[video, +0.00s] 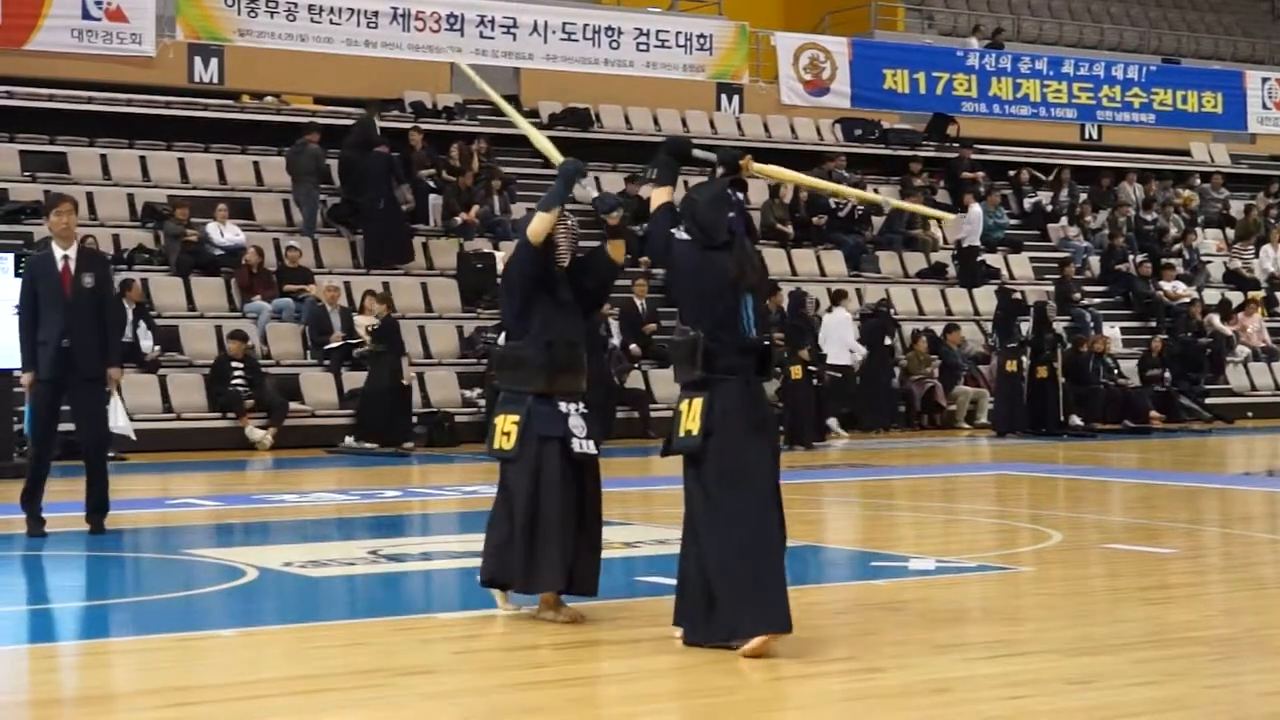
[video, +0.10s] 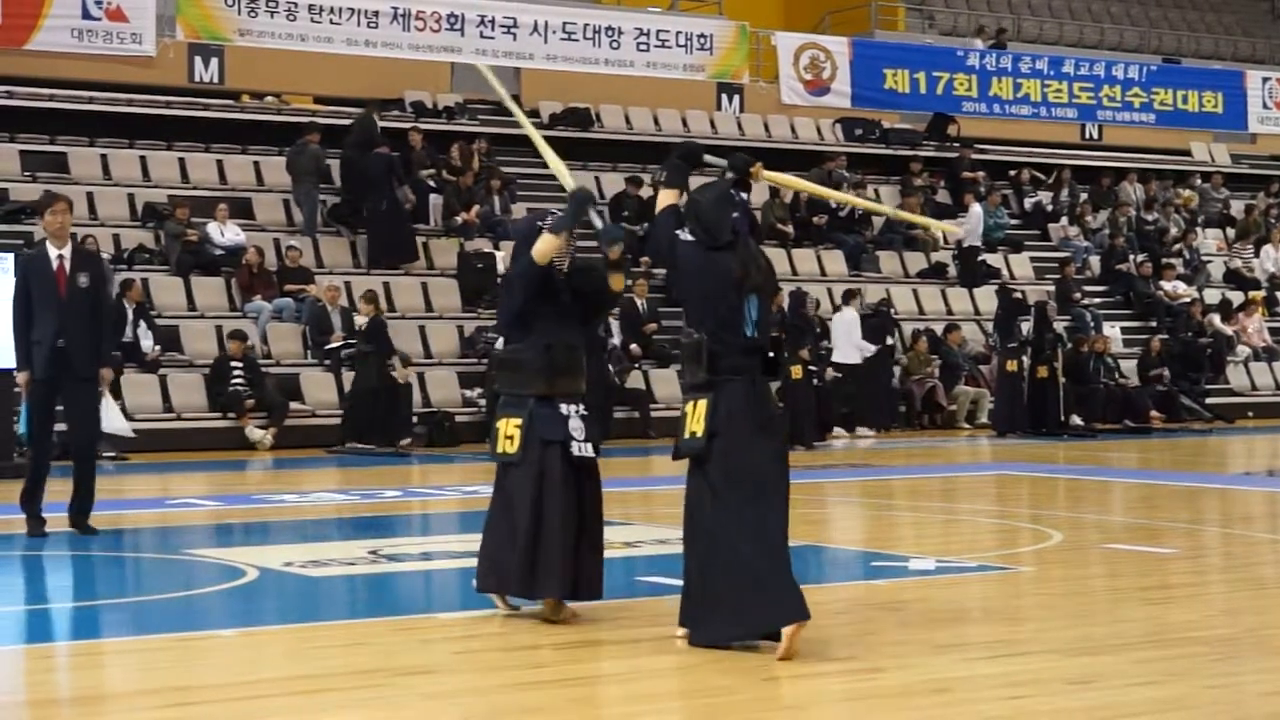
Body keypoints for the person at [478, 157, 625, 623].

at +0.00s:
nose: (565, 238)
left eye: (569, 231)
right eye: (556, 230)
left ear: (575, 239)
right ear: (538, 238)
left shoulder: (580, 280)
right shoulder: (522, 278)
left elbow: (612, 261)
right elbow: (532, 238)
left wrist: (615, 227)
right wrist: (559, 189)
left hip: (573, 400)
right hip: (529, 398)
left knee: (565, 495)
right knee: (529, 489)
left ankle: (552, 596)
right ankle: (499, 568)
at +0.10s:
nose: (563, 246)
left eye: (567, 239)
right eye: (554, 240)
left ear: (570, 244)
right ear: (532, 247)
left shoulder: (578, 284)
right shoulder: (519, 286)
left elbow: (606, 295)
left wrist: (608, 258)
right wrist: (559, 227)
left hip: (570, 399)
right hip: (526, 398)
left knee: (565, 495)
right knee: (522, 491)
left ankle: (553, 594)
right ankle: (496, 573)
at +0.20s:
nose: (567, 248)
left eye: (568, 241)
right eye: (559, 241)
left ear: (567, 248)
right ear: (539, 248)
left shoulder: (576, 292)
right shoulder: (517, 294)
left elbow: (611, 315)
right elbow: (547, 296)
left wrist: (609, 287)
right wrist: (584, 254)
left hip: (572, 402)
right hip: (532, 403)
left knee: (569, 497)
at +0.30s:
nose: (575, 244)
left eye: (574, 237)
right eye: (568, 239)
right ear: (548, 246)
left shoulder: (578, 289)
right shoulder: (522, 299)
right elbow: (554, 320)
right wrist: (601, 281)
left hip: (580, 407)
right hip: (546, 409)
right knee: (565, 503)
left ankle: (510, 580)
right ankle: (569, 601)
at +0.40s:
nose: (586, 243)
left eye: (585, 236)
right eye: (577, 236)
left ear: (579, 244)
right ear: (555, 244)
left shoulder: (590, 290)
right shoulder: (539, 298)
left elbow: (618, 343)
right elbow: (589, 302)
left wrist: (637, 329)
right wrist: (641, 265)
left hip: (588, 407)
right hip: (551, 408)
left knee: (585, 502)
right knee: (543, 499)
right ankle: (518, 584)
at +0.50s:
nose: (599, 238)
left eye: (597, 231)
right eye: (590, 231)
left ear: (579, 239)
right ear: (570, 240)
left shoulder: (595, 284)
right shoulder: (555, 291)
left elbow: (626, 333)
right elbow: (601, 304)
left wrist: (648, 328)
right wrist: (655, 269)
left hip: (597, 400)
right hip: (569, 404)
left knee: (582, 495)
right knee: (574, 497)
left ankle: (558, 590)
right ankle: (564, 598)